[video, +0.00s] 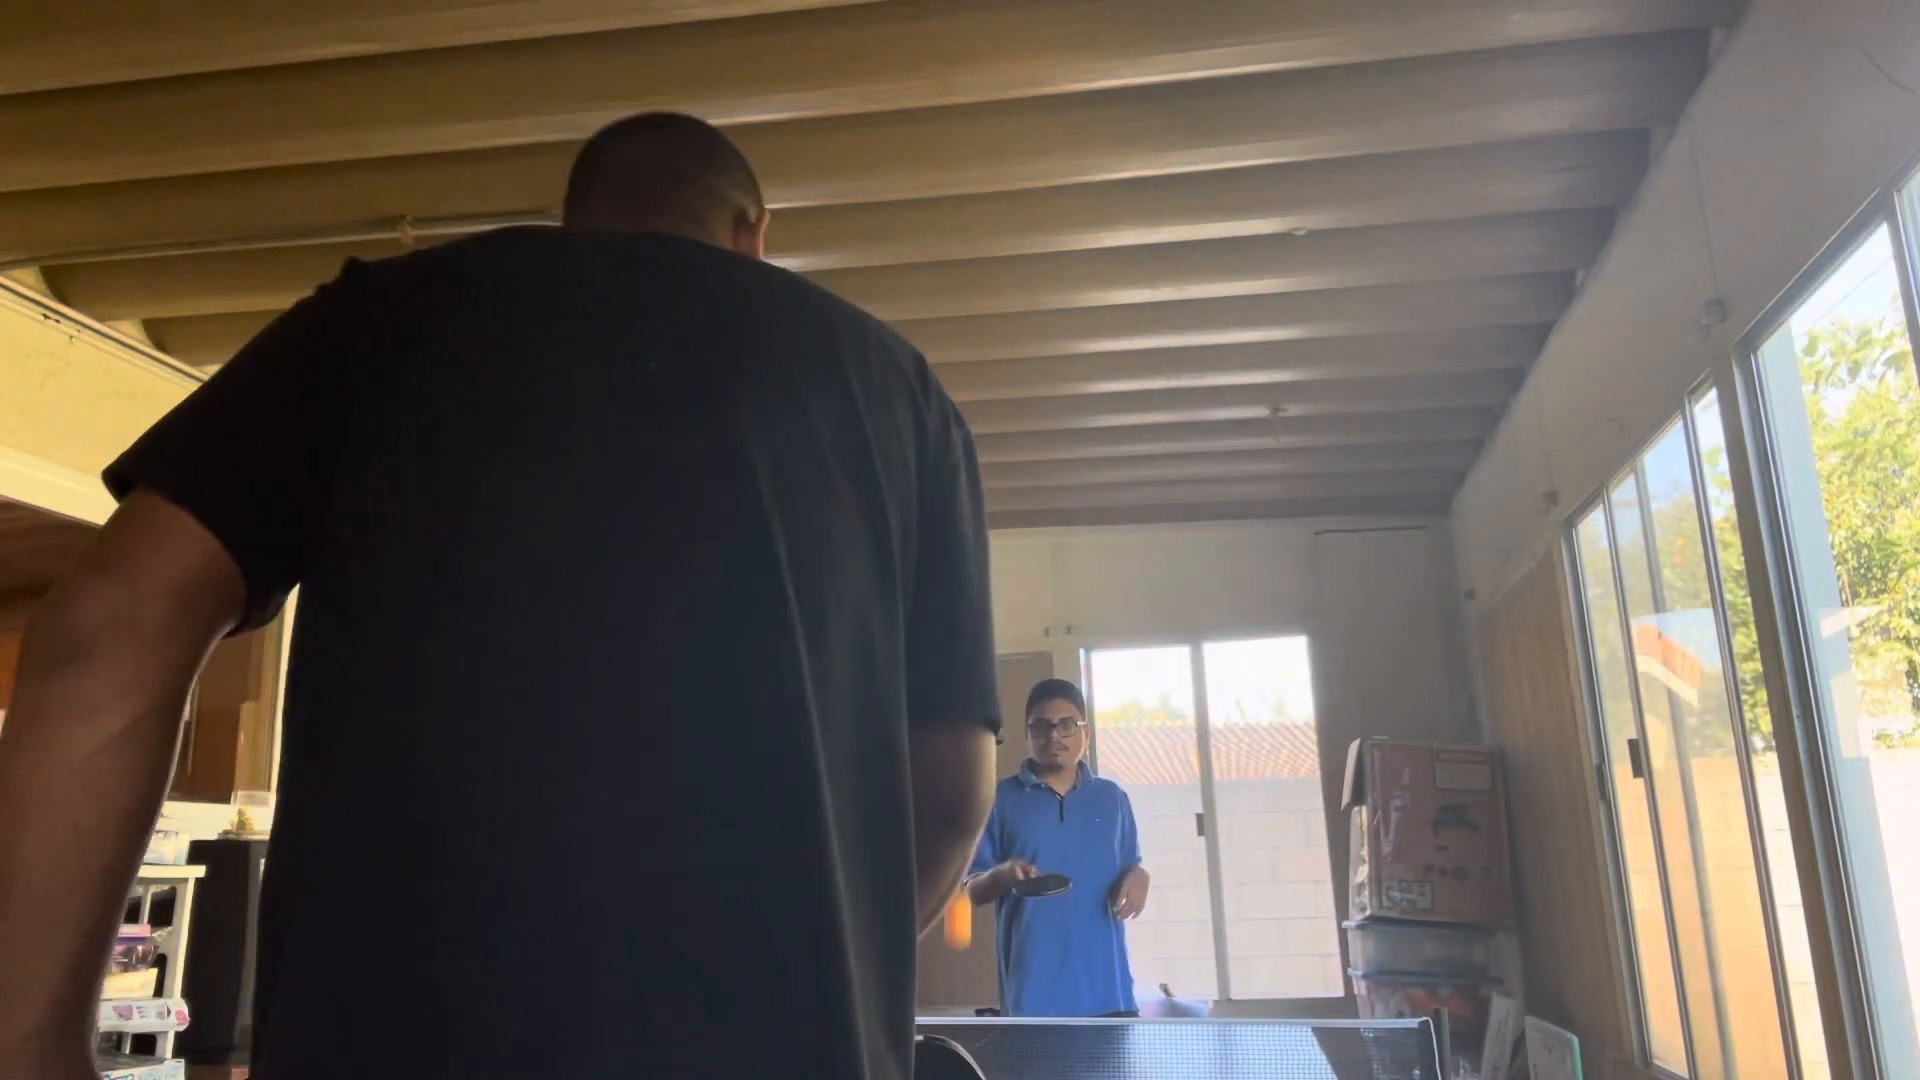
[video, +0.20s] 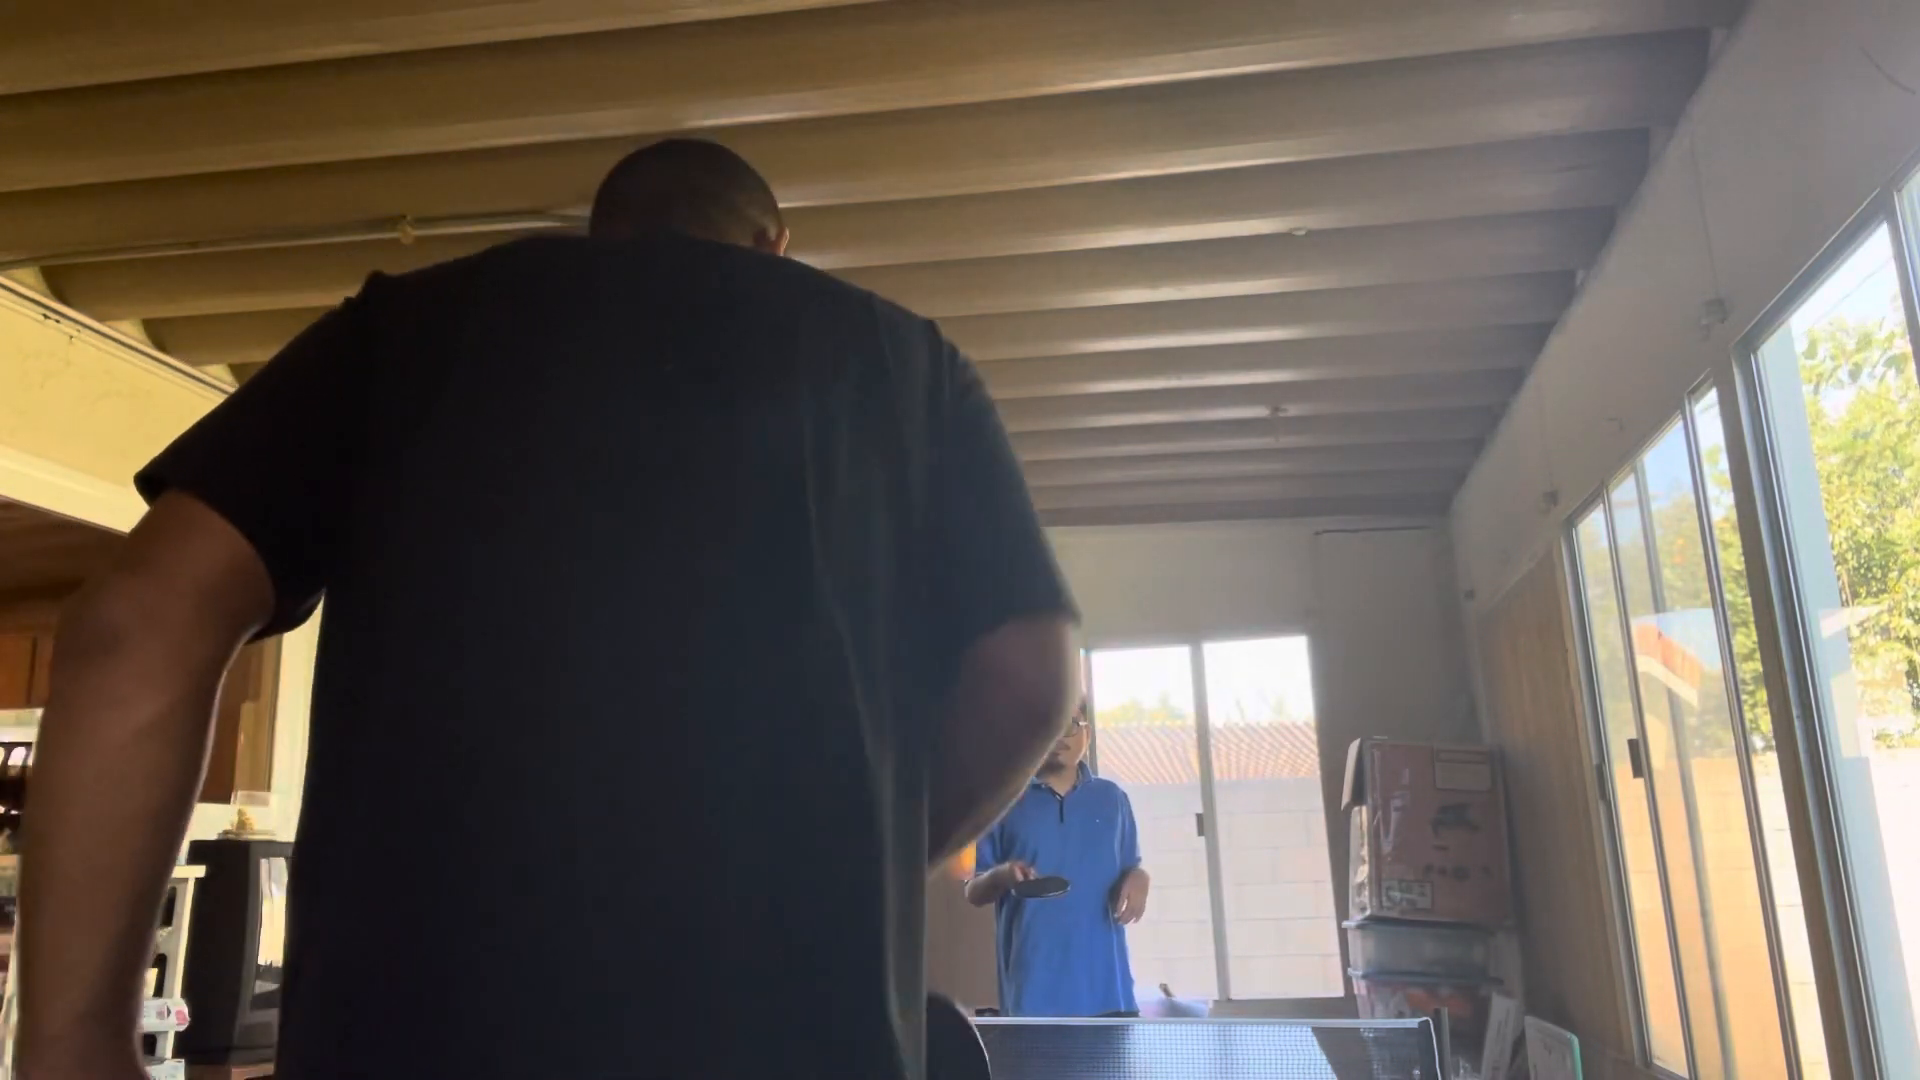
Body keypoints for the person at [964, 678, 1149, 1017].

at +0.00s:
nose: (1054, 736)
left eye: (1066, 724)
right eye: (1042, 726)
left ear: (1085, 733)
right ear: (1027, 733)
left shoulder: (1111, 798)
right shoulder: (1003, 799)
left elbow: (1128, 871)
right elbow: (972, 891)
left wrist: (1140, 876)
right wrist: (1002, 875)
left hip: (1106, 989)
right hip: (1033, 993)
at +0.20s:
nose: (1062, 734)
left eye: (1073, 724)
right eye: (1052, 723)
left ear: (1087, 735)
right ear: (1033, 733)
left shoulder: (1111, 799)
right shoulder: (1004, 801)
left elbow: (1128, 869)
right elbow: (974, 892)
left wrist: (1139, 878)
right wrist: (1001, 875)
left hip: (1106, 990)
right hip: (1033, 994)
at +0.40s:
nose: (1057, 734)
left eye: (1069, 723)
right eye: (1045, 724)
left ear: (1088, 735)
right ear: (1029, 732)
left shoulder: (1111, 799)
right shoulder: (999, 801)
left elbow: (1126, 873)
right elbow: (975, 889)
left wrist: (1137, 876)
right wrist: (1000, 878)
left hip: (1106, 991)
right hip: (1031, 994)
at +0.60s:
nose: (1057, 732)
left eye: (1070, 722)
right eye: (1046, 722)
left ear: (1088, 736)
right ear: (1026, 731)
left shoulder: (1110, 799)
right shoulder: (1001, 800)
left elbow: (1125, 869)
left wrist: (1137, 876)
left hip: (1106, 1003)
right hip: (1026, 1008)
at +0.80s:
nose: (1059, 733)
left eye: (1071, 723)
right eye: (1046, 723)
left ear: (1087, 736)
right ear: (1028, 733)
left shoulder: (1110, 799)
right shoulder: (997, 800)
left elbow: (1125, 870)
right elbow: (974, 883)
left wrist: (1138, 876)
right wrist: (1004, 878)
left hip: (1106, 994)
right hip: (1028, 998)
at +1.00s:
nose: (1059, 731)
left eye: (1072, 722)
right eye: (1047, 722)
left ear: (1087, 738)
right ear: (1029, 734)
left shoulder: (1110, 800)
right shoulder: (997, 799)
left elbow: (1124, 871)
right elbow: (972, 880)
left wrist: (1138, 878)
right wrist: (1006, 878)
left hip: (1106, 994)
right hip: (1028, 997)